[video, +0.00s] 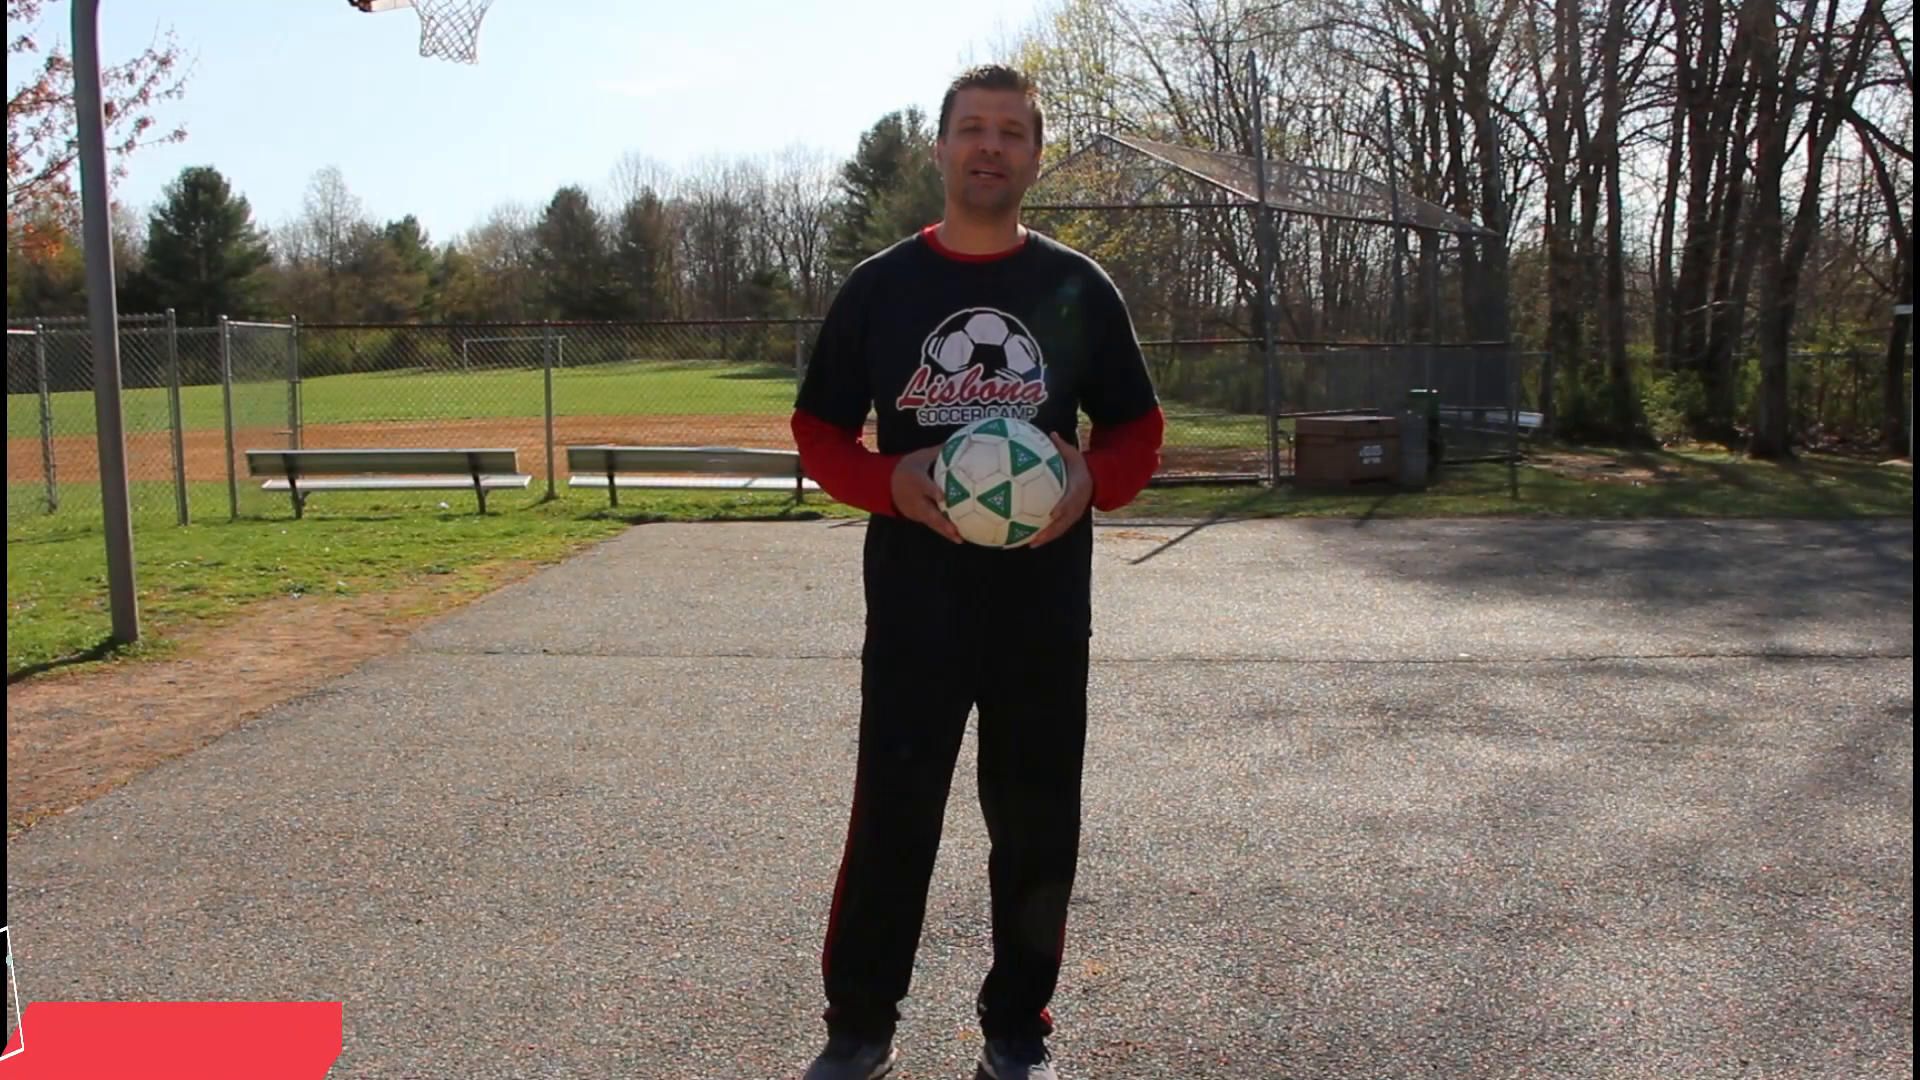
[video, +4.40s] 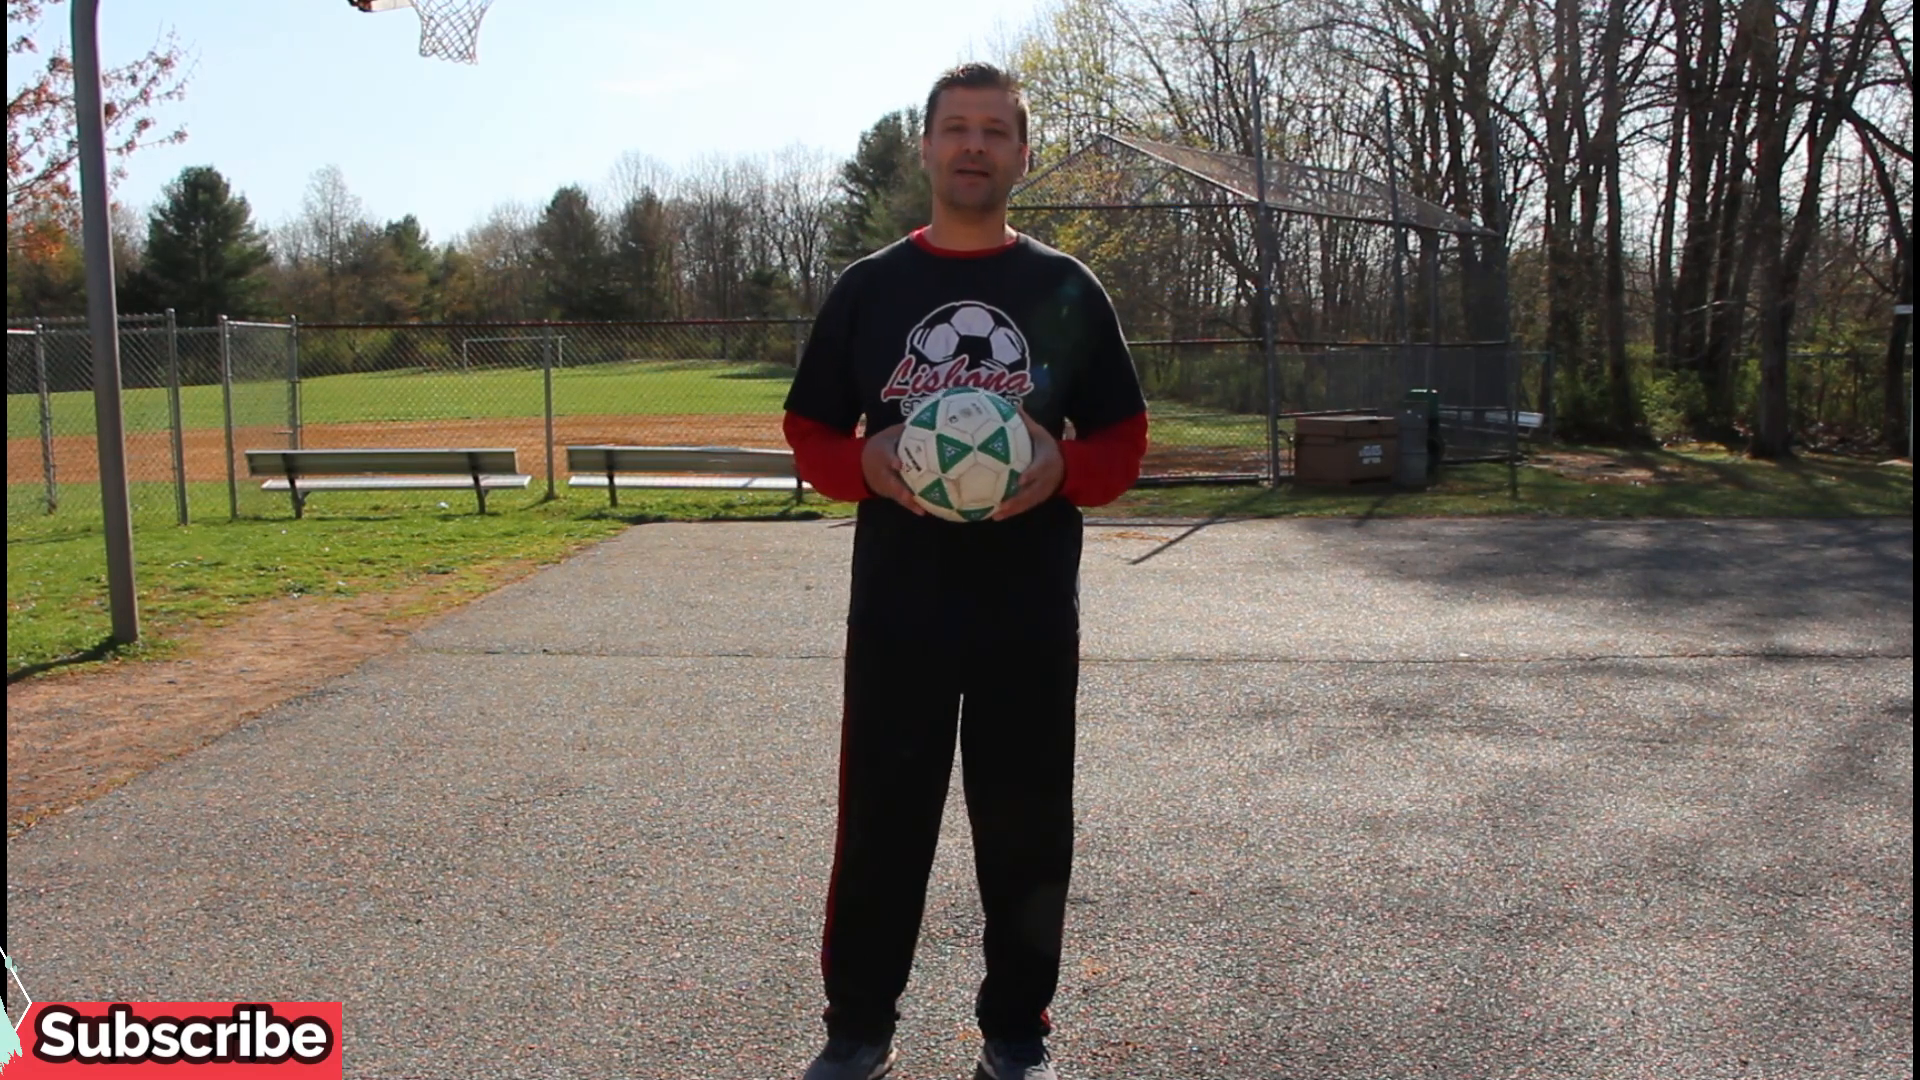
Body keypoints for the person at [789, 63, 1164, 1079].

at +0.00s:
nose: (991, 148)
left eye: (1012, 133)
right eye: (973, 130)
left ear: (1038, 156)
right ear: (942, 149)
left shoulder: (1081, 288)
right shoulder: (876, 287)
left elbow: (1137, 423)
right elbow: (817, 433)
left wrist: (1093, 477)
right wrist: (883, 483)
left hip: (1044, 593)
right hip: (916, 590)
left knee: (1039, 820)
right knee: (893, 812)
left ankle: (1018, 1036)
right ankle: (857, 1029)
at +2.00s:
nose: (908, 137)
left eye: (927, 122)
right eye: (887, 123)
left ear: (953, 145)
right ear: (856, 148)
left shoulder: (1002, 280)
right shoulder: (802, 291)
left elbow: (1062, 432)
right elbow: (745, 438)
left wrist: (1000, 449)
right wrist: (799, 443)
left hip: (965, 595)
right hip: (839, 599)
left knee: (991, 812)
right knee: (844, 816)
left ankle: (1015, 1029)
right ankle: (854, 1026)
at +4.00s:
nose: (949, 144)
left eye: (972, 131)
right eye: (932, 126)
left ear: (999, 156)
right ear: (902, 144)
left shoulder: (1044, 286)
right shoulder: (839, 287)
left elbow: (1105, 427)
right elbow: (783, 426)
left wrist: (1051, 462)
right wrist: (844, 470)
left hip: (1007, 592)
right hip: (877, 592)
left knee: (1014, 813)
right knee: (867, 812)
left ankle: (1017, 1030)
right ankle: (856, 1028)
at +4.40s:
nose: (976, 146)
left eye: (998, 131)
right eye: (957, 129)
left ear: (1024, 154)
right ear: (926, 147)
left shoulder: (1068, 290)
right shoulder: (864, 289)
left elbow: (1125, 431)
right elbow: (807, 428)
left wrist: (1064, 468)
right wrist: (859, 462)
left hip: (1028, 601)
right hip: (898, 597)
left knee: (1028, 821)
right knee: (881, 816)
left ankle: (1017, 1033)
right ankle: (857, 1027)